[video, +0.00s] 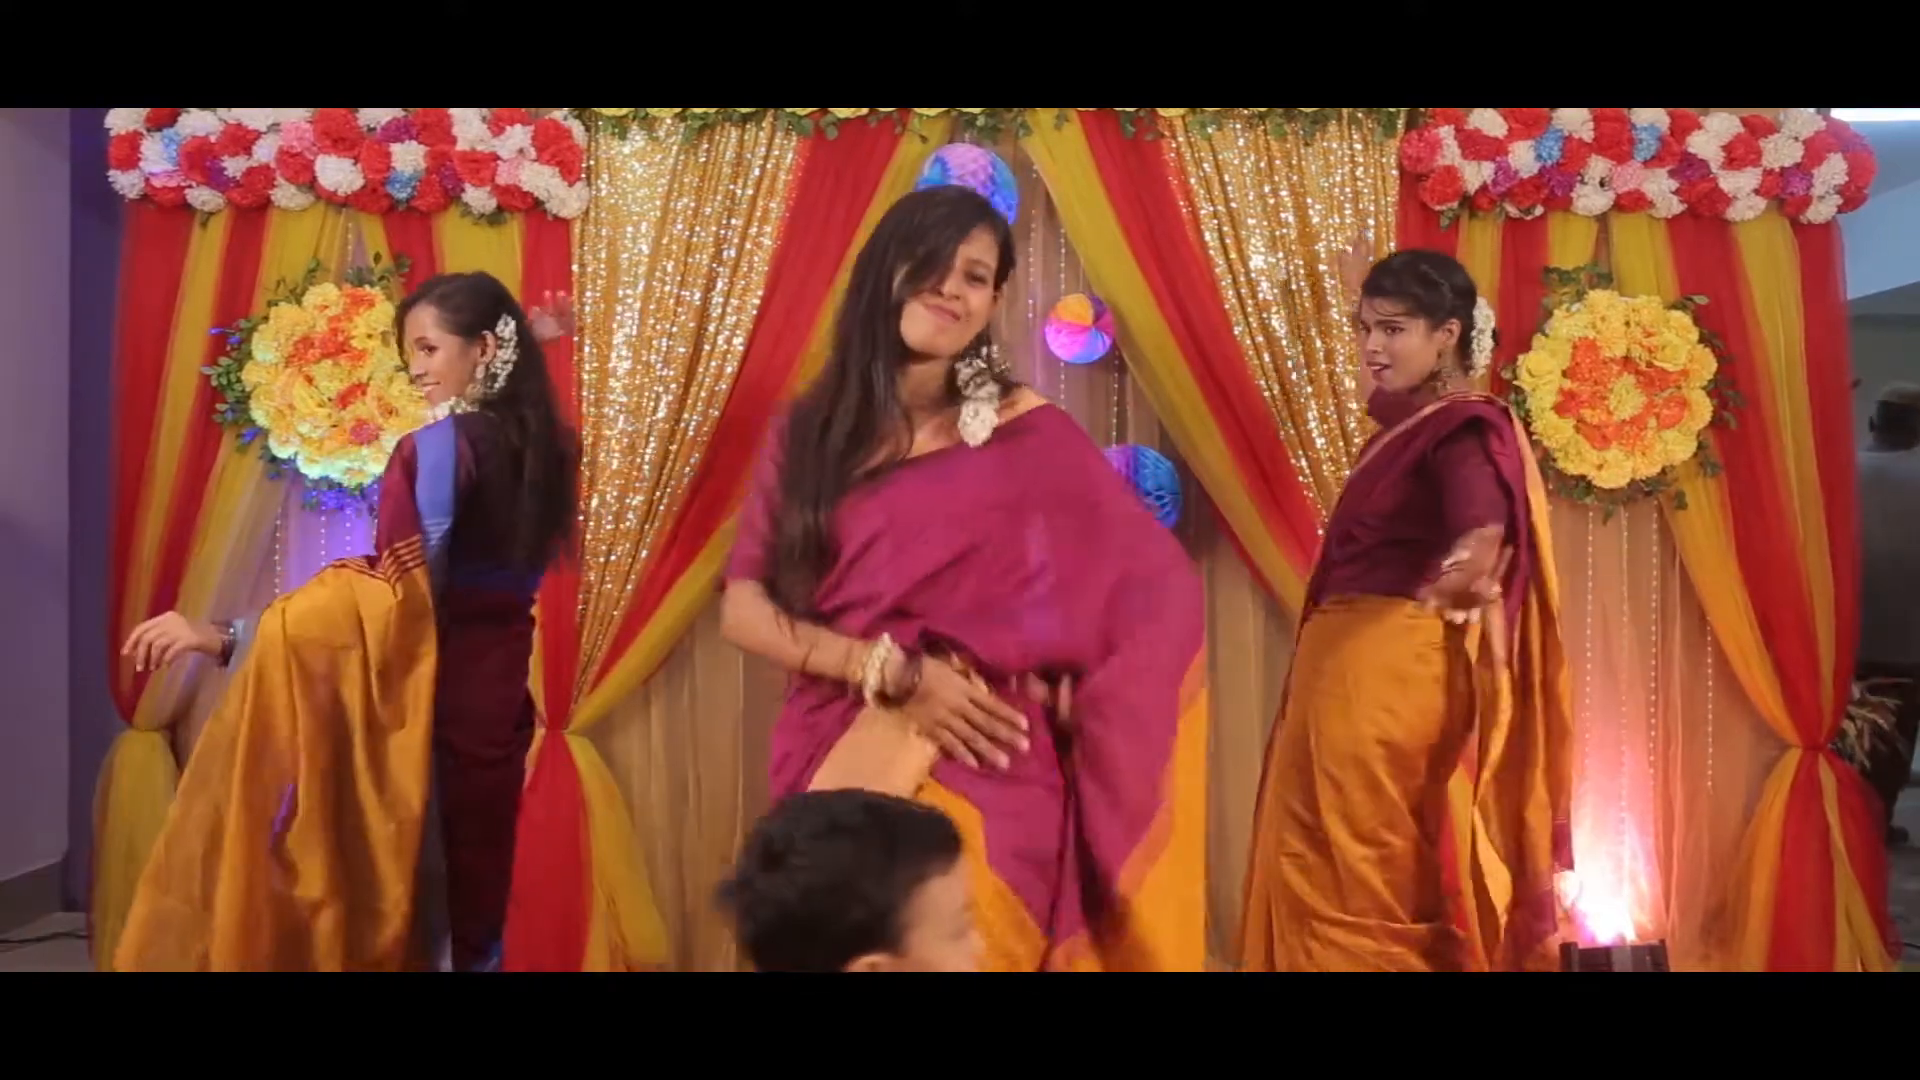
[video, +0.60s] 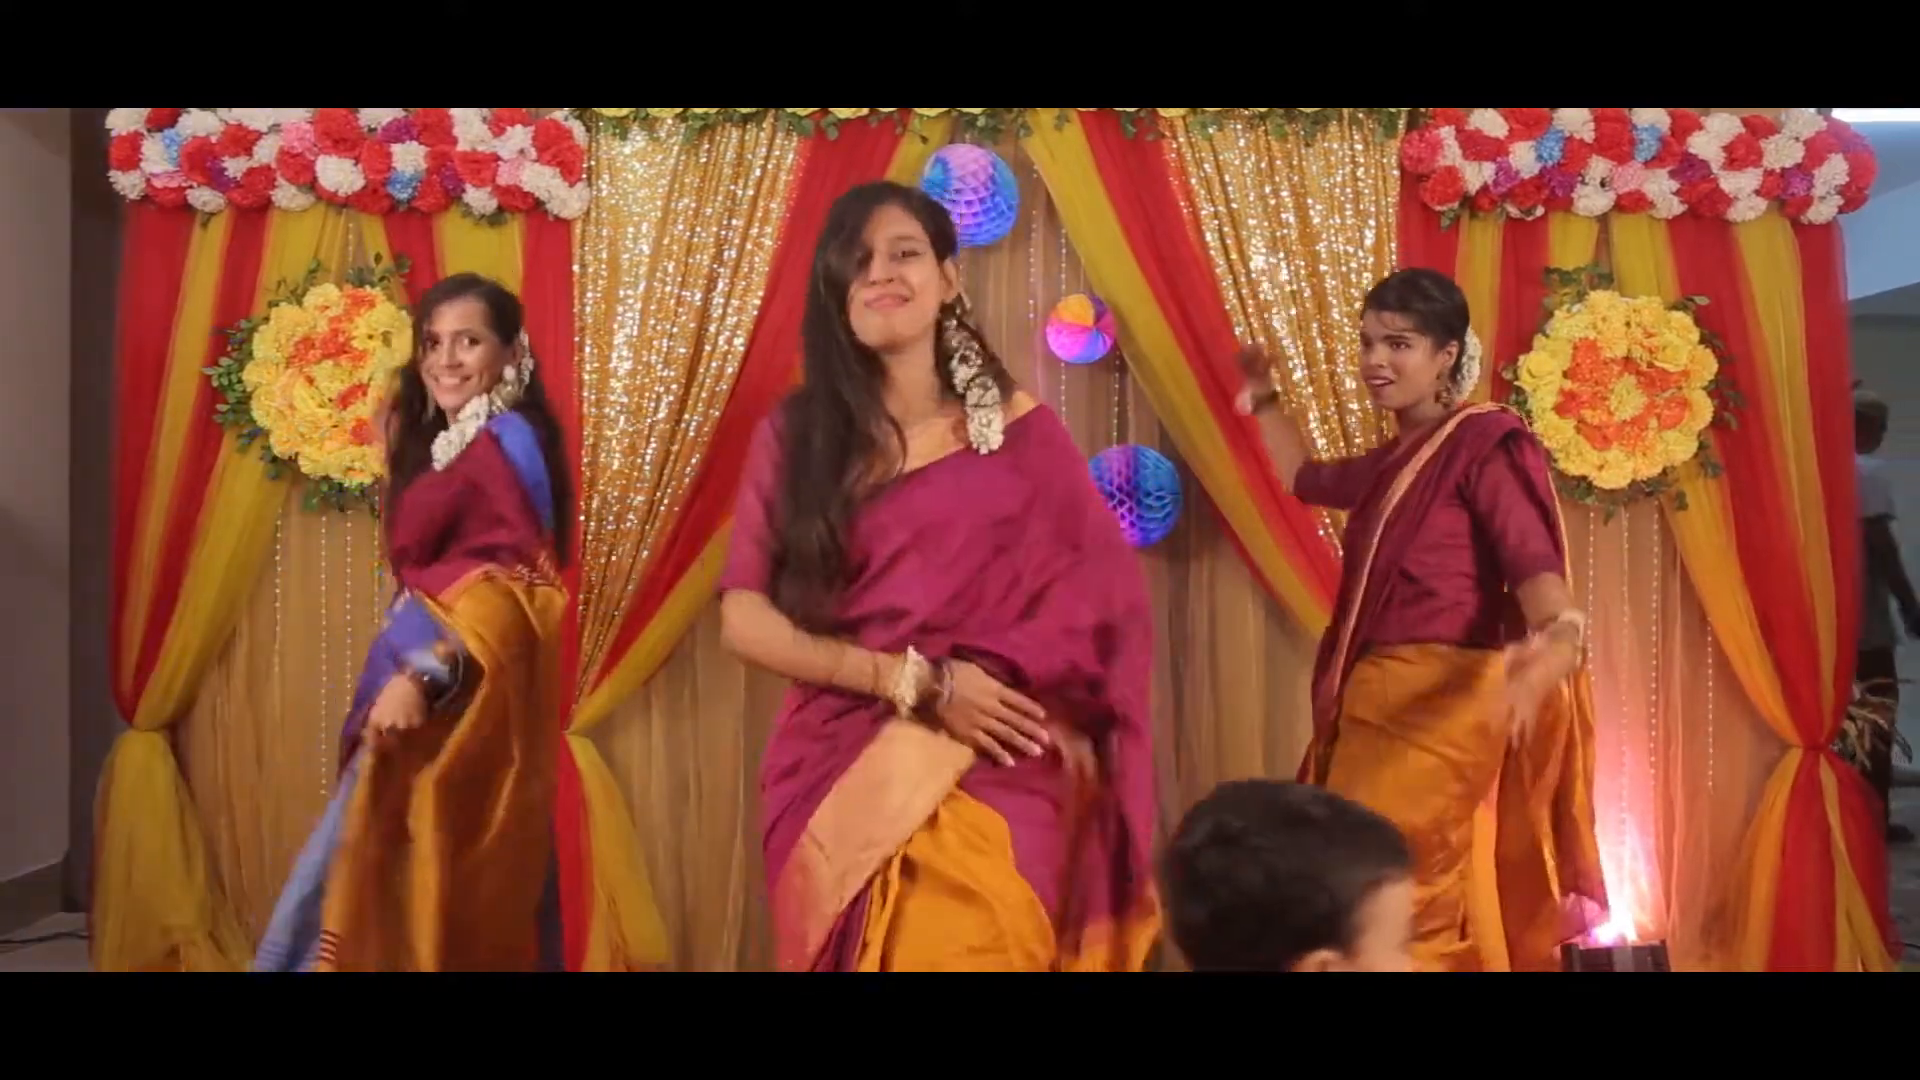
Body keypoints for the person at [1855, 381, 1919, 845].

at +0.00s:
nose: (1875, 430)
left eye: (1876, 423)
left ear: (1874, 425)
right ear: (1915, 431)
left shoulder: (1850, 471)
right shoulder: (1912, 473)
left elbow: (1835, 555)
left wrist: (1832, 616)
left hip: (1858, 624)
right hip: (1906, 627)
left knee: (1853, 722)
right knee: (1898, 730)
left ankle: (1855, 816)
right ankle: (1878, 819)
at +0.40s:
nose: (1906, 433)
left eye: (1899, 425)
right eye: (1904, 426)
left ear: (1859, 424)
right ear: (1898, 429)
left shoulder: (1834, 468)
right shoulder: (1904, 473)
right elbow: (1913, 539)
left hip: (1838, 609)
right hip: (1890, 614)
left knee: (1842, 710)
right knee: (1891, 719)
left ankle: (1840, 812)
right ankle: (1879, 816)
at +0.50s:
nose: (1890, 439)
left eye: (1887, 431)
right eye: (1891, 431)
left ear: (1849, 424)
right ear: (1886, 431)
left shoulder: (1820, 468)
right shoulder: (1887, 475)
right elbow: (1903, 544)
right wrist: (1916, 574)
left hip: (1825, 616)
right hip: (1873, 619)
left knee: (1827, 712)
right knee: (1883, 721)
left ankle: (1825, 812)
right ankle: (1877, 815)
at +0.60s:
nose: (1880, 437)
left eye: (1880, 427)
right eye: (1878, 428)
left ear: (1849, 424)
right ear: (1868, 428)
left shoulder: (1821, 468)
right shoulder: (1867, 473)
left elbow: (1878, 546)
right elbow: (1882, 548)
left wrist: (1902, 602)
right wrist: (1909, 604)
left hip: (1830, 611)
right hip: (1865, 614)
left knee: (1837, 707)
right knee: (1879, 709)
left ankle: (1836, 811)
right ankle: (1875, 814)